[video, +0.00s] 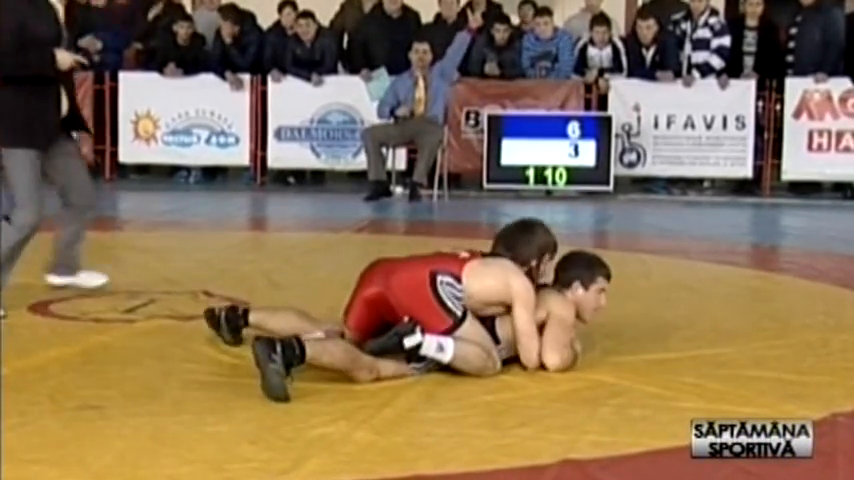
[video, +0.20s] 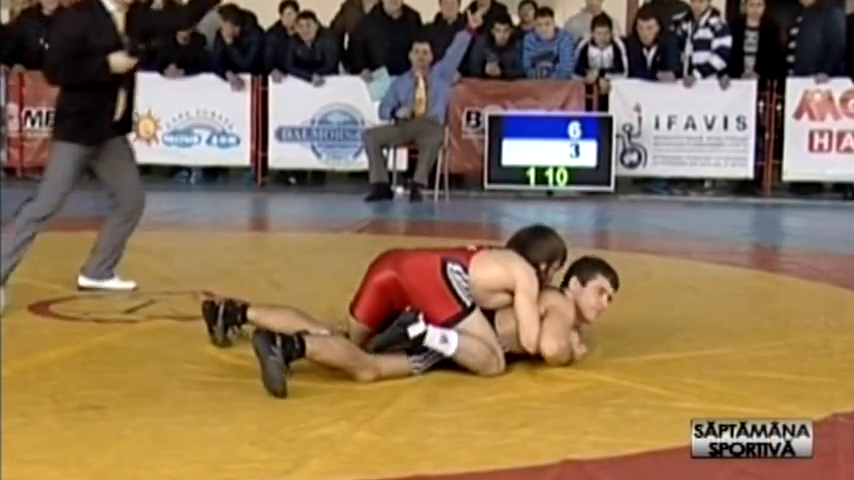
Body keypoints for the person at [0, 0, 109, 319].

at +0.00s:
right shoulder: (11, 11)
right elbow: (9, 62)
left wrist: (80, 130)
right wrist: (52, 59)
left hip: (50, 128)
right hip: (14, 128)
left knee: (82, 199)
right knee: (26, 217)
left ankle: (63, 269)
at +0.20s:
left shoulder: (137, 16)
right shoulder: (75, 18)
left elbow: (181, 19)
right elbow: (55, 70)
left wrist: (213, 2)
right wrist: (106, 64)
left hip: (111, 133)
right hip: (74, 131)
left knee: (131, 200)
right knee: (44, 207)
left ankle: (97, 272)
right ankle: (2, 276)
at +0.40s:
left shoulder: (190, 3)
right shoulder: (130, 4)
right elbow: (112, 42)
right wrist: (158, 32)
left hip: (178, 93)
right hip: (143, 93)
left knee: (182, 179)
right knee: (146, 180)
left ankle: (133, 249)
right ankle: (112, 246)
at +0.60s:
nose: (247, 0)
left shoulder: (265, 24)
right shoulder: (201, 22)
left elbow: (302, 19)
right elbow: (173, 68)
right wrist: (216, 60)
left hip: (245, 127)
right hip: (203, 126)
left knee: (267, 192)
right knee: (188, 200)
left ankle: (282, 253)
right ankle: (154, 264)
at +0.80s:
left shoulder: (340, 9)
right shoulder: (282, 7)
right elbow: (261, 58)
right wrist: (290, 51)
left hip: (328, 107)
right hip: (290, 105)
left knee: (323, 186)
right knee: (264, 181)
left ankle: (304, 252)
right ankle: (225, 249)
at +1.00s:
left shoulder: (409, 5)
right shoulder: (351, 6)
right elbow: (327, 46)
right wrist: (353, 33)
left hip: (401, 97)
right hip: (361, 98)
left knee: (414, 177)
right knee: (362, 177)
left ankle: (404, 227)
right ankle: (365, 247)